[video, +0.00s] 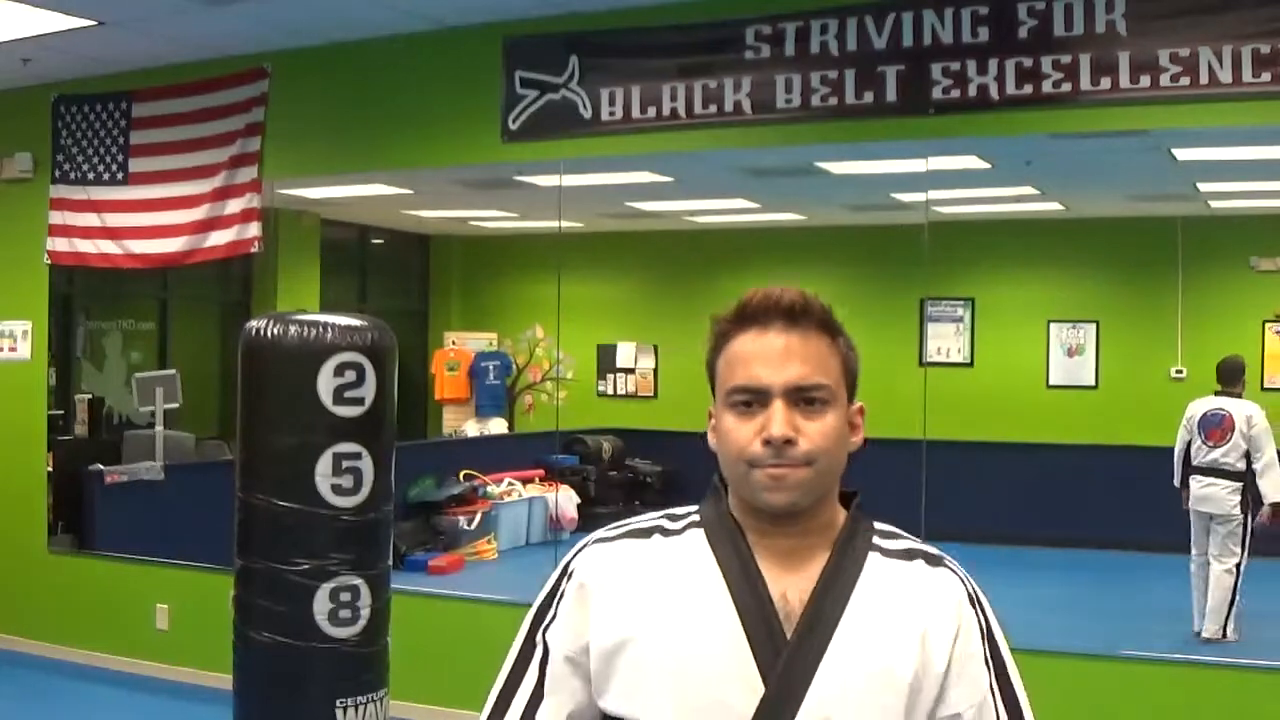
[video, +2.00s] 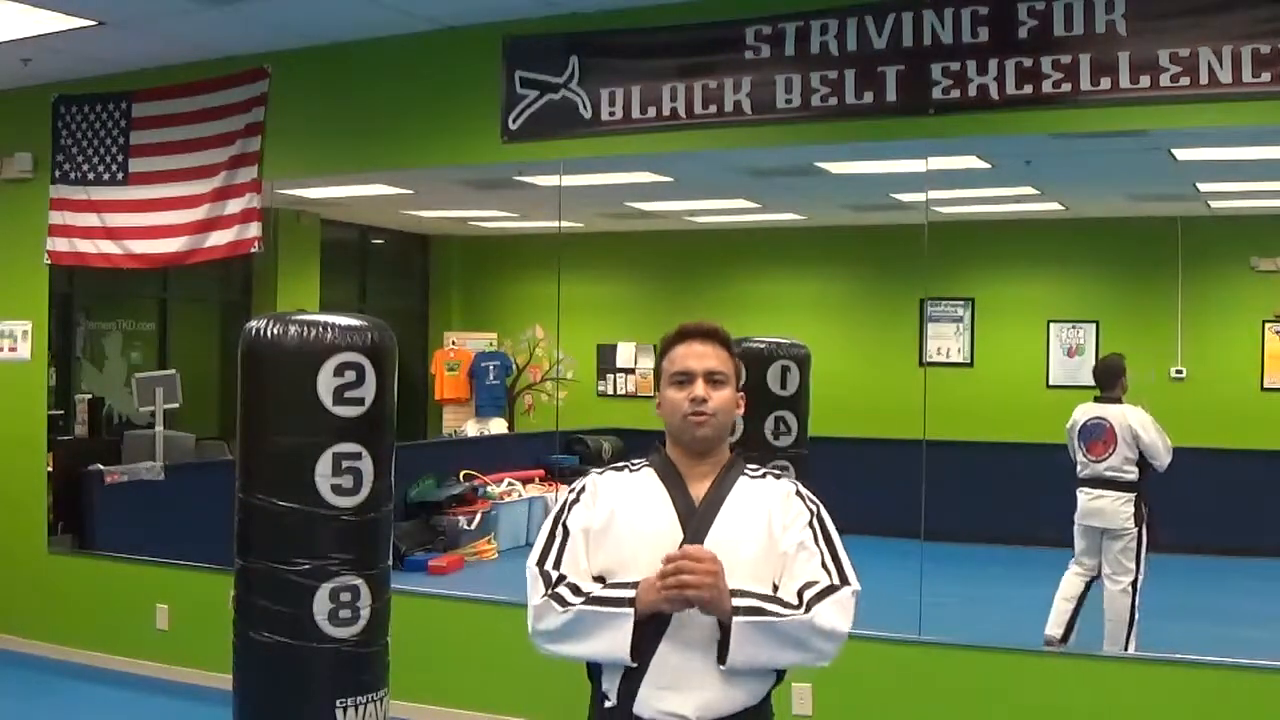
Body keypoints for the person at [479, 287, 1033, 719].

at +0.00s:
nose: (778, 429)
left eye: (807, 401)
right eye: (748, 403)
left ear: (854, 426)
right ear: (712, 428)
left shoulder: (940, 600)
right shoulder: (601, 579)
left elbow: (1000, 716)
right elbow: (513, 716)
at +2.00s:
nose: (699, 394)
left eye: (715, 381)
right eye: (681, 381)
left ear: (739, 403)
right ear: (659, 402)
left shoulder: (787, 503)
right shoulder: (595, 494)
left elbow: (826, 626)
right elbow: (548, 612)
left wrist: (730, 603)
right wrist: (642, 597)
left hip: (741, 709)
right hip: (624, 708)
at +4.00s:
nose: (707, 404)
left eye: (717, 388)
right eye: (690, 394)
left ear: (738, 392)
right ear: (671, 407)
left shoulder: (787, 474)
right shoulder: (627, 473)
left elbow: (819, 581)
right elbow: (596, 577)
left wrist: (745, 556)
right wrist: (686, 555)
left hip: (750, 694)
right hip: (655, 692)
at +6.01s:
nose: (707, 437)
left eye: (729, 416)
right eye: (690, 417)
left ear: (769, 417)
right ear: (673, 416)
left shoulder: (825, 522)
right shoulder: (619, 506)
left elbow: (859, 674)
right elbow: (553, 628)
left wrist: (728, 654)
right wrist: (625, 651)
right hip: (630, 714)